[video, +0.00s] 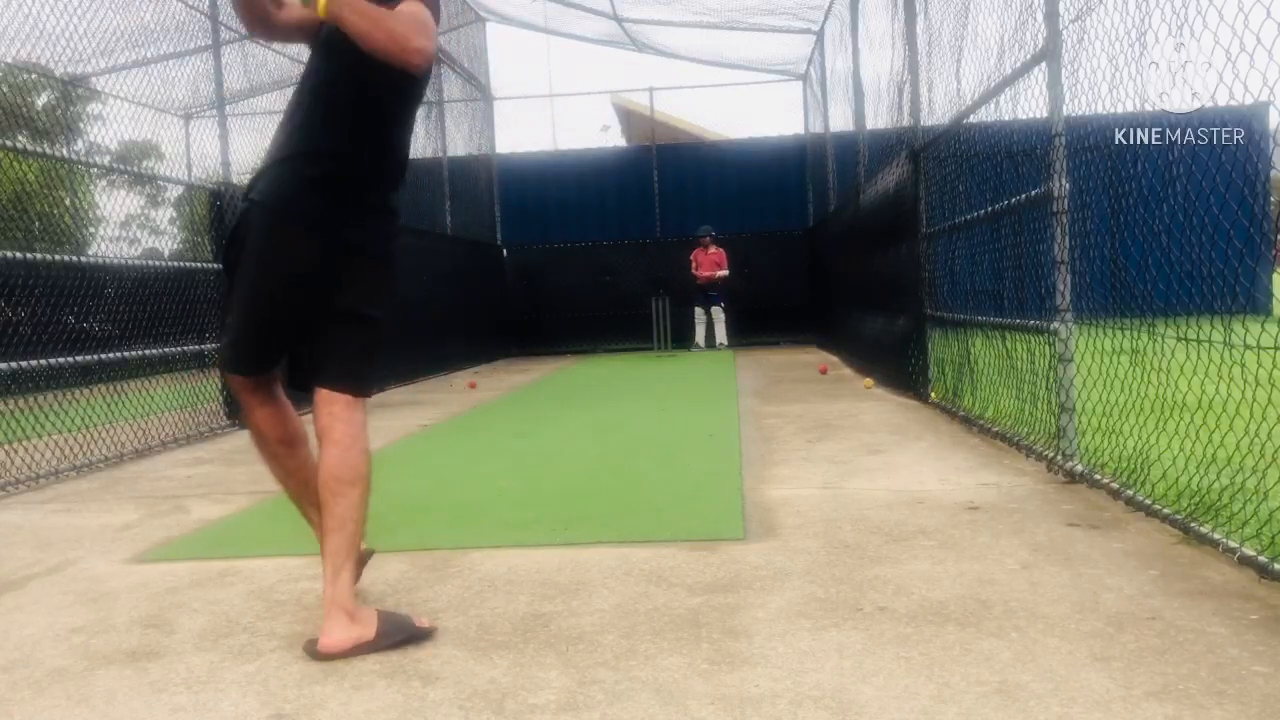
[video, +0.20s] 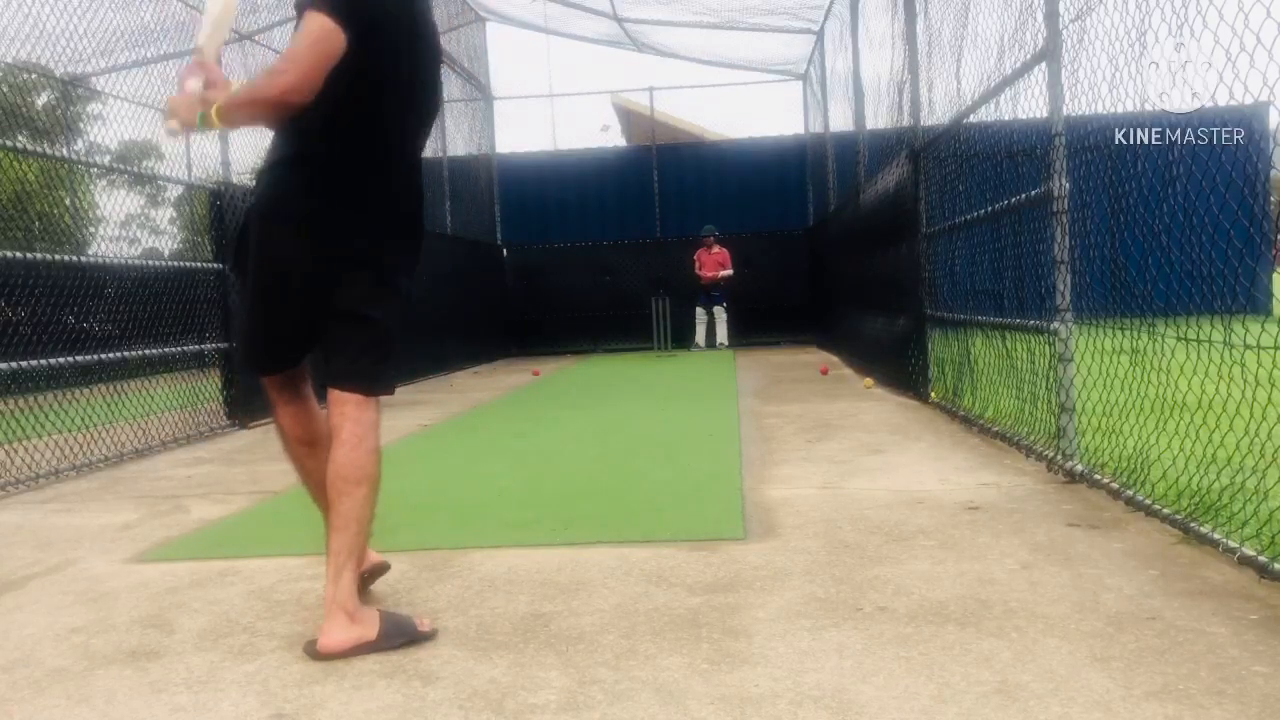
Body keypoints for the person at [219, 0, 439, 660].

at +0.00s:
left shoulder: (411, 8)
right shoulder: (342, 12)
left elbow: (417, 49)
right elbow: (263, 18)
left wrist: (330, 1)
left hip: (294, 210)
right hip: (357, 218)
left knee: (249, 377)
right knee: (342, 396)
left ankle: (338, 541)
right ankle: (342, 612)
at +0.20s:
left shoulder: (347, 4)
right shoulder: (415, 22)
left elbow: (292, 88)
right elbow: (348, 121)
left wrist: (207, 107)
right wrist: (237, 95)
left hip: (299, 222)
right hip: (382, 223)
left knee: (286, 384)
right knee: (356, 400)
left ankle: (352, 549)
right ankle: (343, 613)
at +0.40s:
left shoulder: (274, 3)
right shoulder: (429, 24)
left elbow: (212, 121)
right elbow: (435, 159)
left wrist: (232, 196)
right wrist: (374, 154)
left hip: (292, 226)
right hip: (380, 233)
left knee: (326, 398)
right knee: (377, 414)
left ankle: (364, 561)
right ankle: (342, 615)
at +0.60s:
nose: (482, 52)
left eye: (486, 39)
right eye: (484, 36)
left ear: (440, 23)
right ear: (468, 25)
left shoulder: (429, 86)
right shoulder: (394, 57)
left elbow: (420, 192)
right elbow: (316, 125)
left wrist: (442, 250)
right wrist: (408, 200)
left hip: (351, 250)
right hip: (320, 249)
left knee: (423, 377)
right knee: (396, 402)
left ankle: (398, 543)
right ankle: (341, 607)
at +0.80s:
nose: (485, 31)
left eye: (488, 19)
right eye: (480, 15)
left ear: (470, 19)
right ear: (446, 12)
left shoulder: (436, 91)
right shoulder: (367, 48)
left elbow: (422, 190)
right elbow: (292, 127)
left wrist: (446, 211)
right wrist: (416, 139)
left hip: (353, 260)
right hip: (314, 258)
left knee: (422, 380)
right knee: (414, 411)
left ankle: (390, 546)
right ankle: (341, 605)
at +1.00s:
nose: (452, 3)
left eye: (451, 1)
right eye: (449, 1)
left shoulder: (312, 12)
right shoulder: (410, 37)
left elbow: (366, 104)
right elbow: (442, 169)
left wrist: (456, 127)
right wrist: (505, 169)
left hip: (280, 226)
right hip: (350, 237)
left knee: (367, 389)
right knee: (414, 407)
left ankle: (392, 537)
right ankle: (342, 607)